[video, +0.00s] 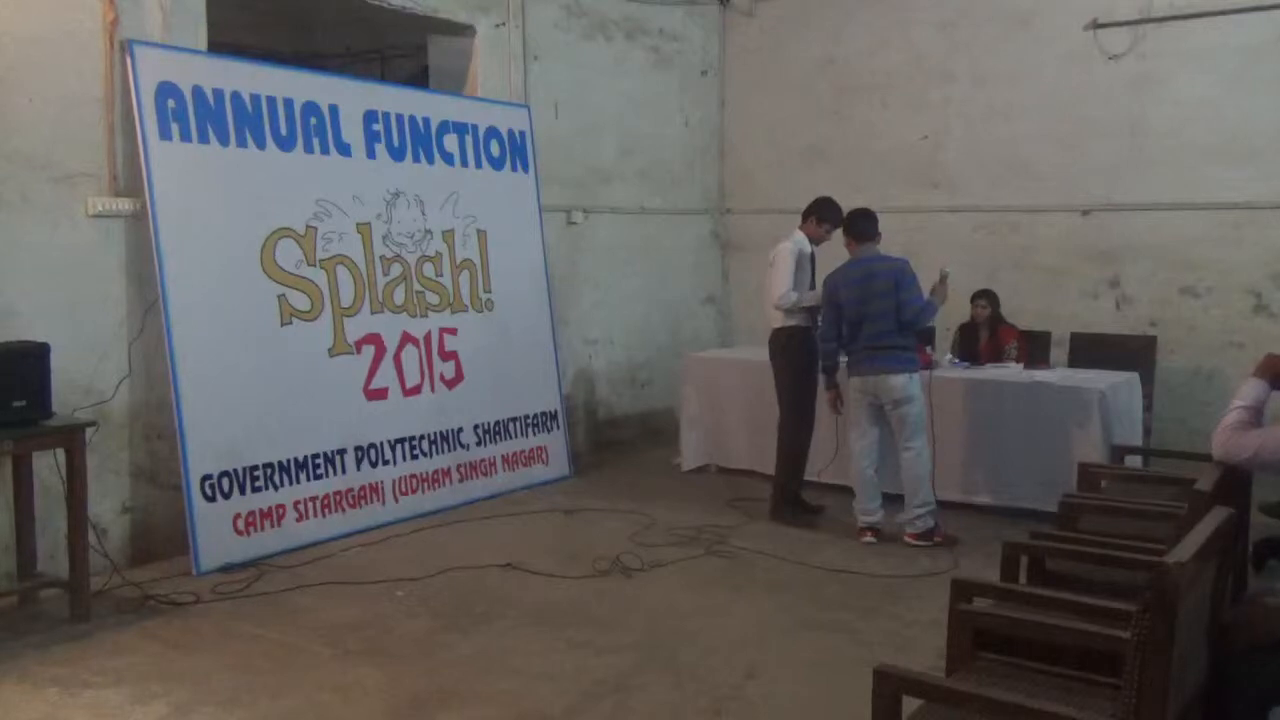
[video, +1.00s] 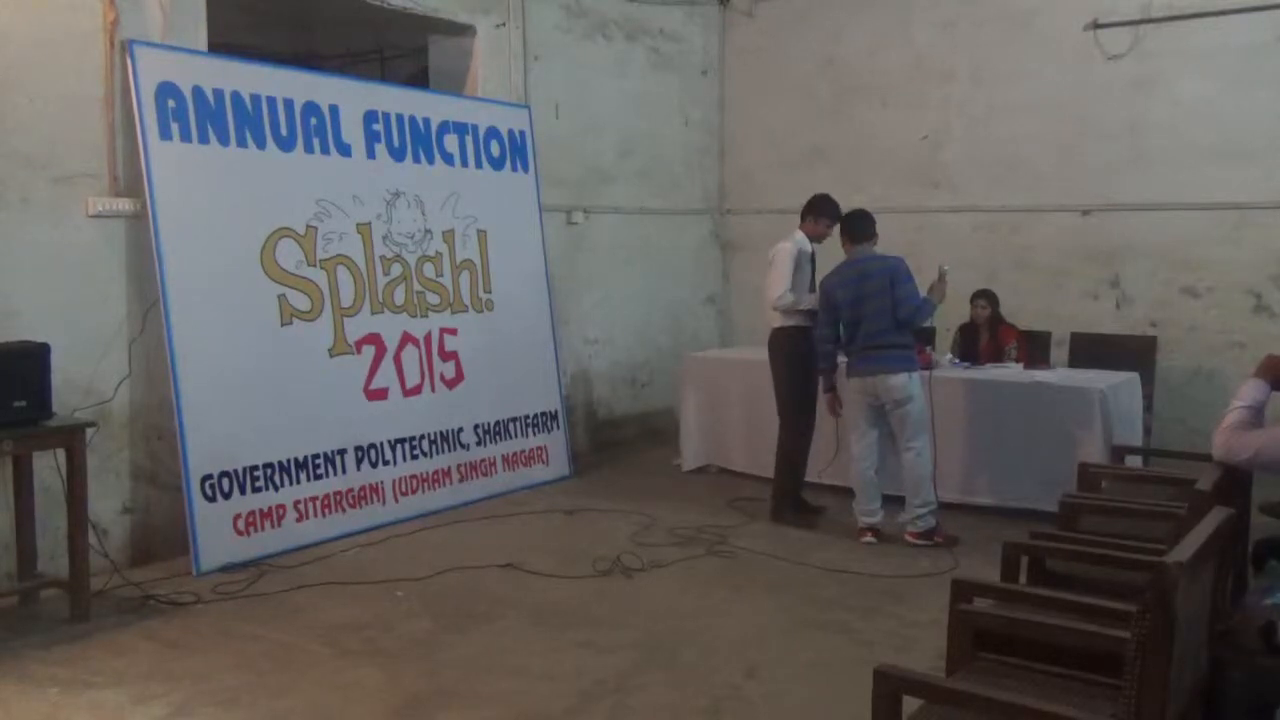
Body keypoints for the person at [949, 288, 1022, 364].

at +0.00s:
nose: (978, 311)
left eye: (983, 308)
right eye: (975, 306)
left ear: (993, 310)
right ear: (971, 308)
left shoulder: (1007, 332)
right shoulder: (964, 330)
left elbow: (1009, 365)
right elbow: (954, 361)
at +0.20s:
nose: (978, 312)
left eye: (983, 308)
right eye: (975, 307)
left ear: (993, 310)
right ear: (971, 308)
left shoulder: (1007, 332)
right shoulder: (964, 330)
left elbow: (1009, 366)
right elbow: (954, 361)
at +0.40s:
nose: (978, 312)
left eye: (983, 308)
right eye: (975, 307)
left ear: (993, 310)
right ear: (971, 309)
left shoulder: (1007, 332)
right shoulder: (964, 330)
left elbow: (1009, 365)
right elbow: (954, 361)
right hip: (968, 381)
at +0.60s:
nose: (978, 311)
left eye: (983, 308)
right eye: (975, 307)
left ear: (992, 310)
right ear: (971, 308)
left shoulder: (1007, 332)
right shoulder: (964, 330)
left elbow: (1009, 365)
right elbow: (954, 361)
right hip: (967, 381)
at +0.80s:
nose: (978, 312)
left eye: (983, 308)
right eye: (975, 307)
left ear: (993, 310)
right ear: (971, 308)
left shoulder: (1007, 332)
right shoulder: (964, 330)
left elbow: (1009, 365)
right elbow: (954, 361)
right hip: (968, 381)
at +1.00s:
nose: (978, 312)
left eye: (983, 308)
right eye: (975, 307)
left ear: (993, 310)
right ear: (971, 308)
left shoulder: (1007, 332)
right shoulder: (964, 331)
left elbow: (1009, 365)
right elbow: (953, 361)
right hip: (967, 381)